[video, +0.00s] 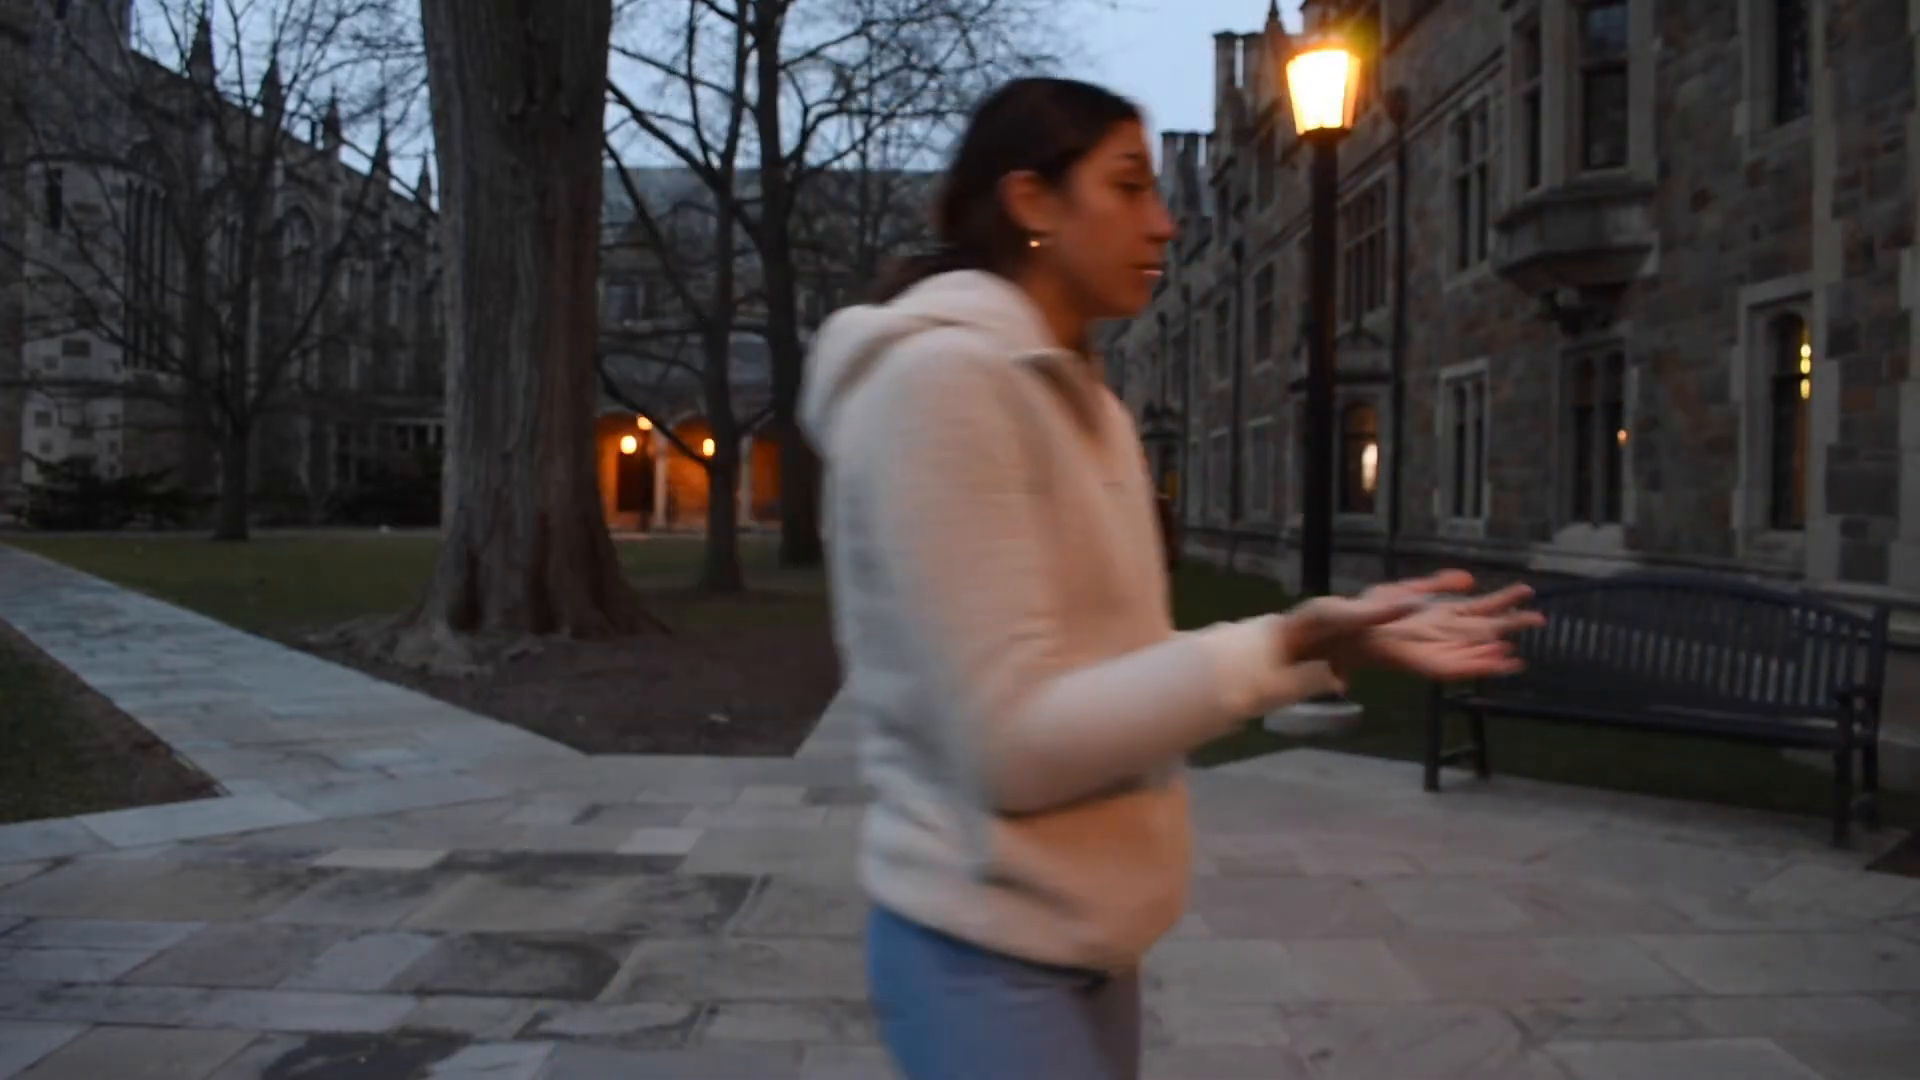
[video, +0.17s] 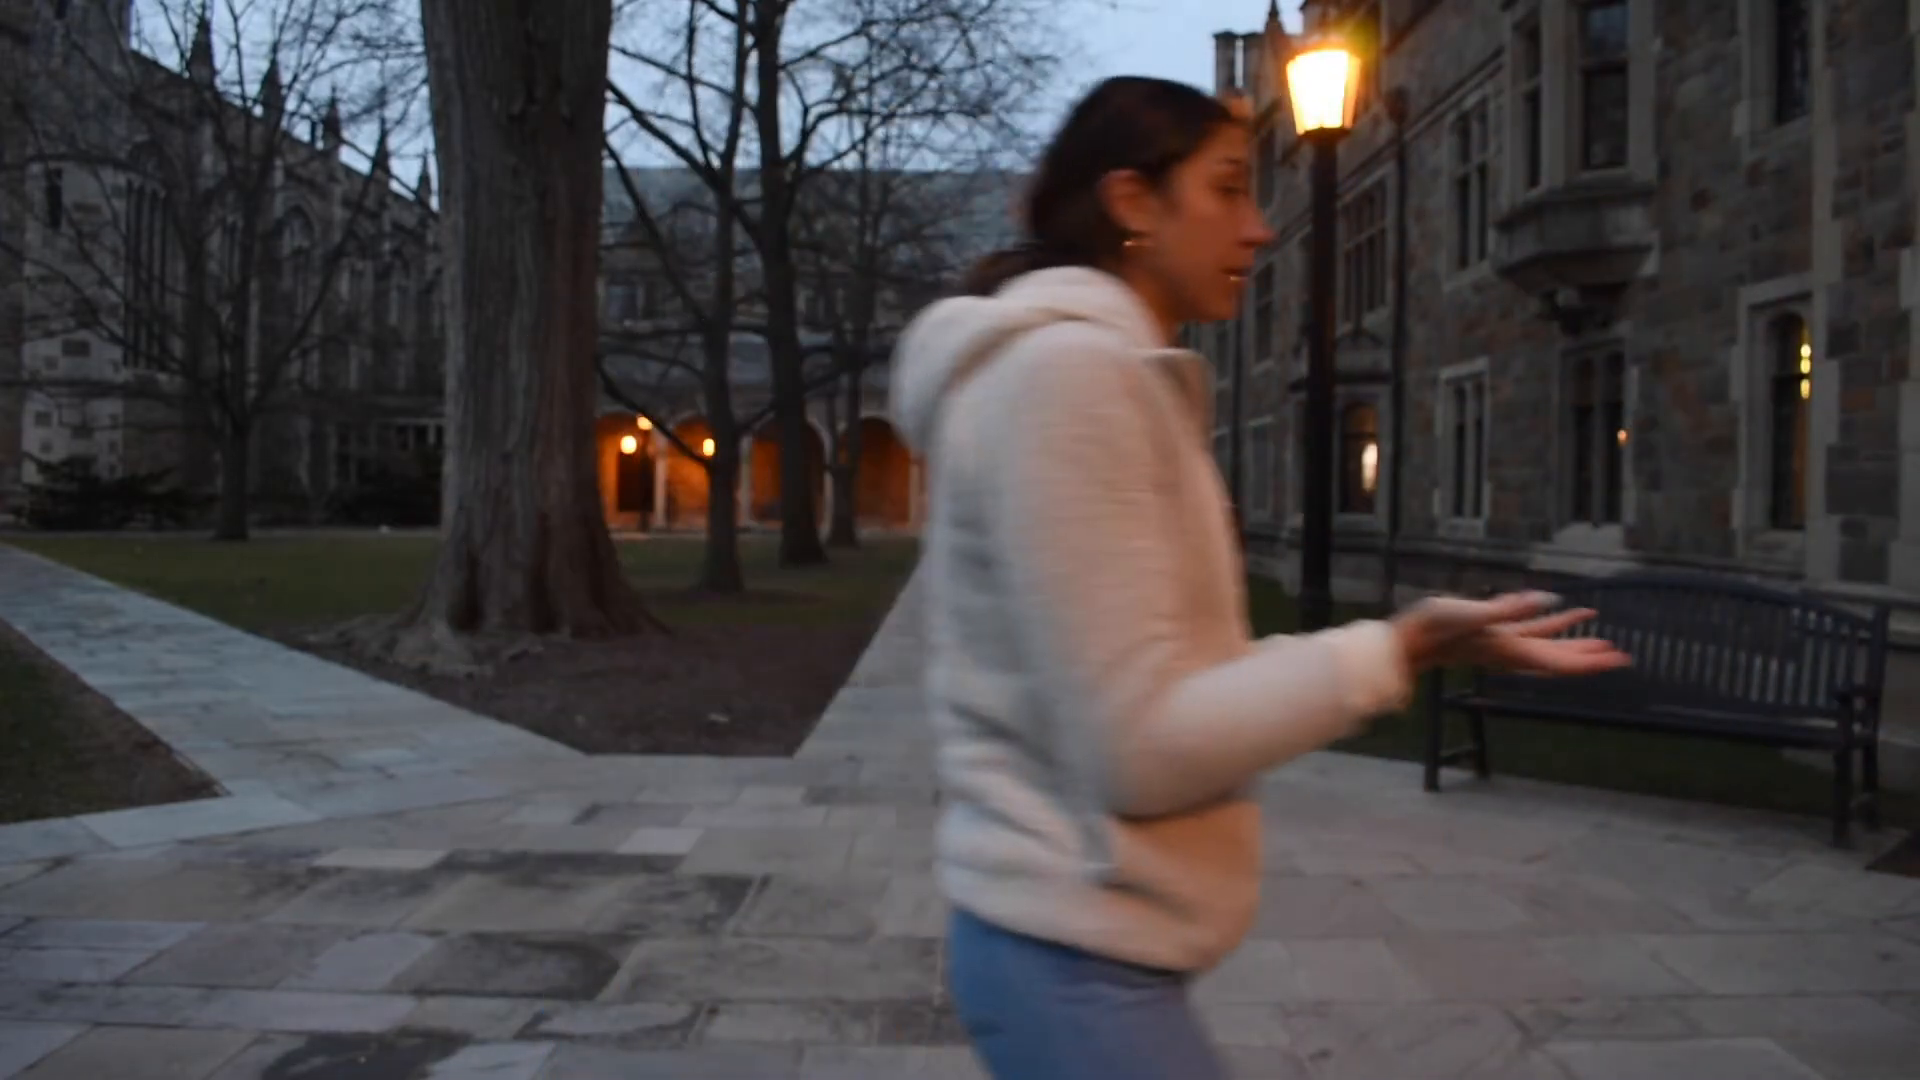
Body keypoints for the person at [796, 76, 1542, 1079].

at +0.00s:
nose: (1165, 224)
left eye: (1156, 191)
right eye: (1130, 187)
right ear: (1031, 204)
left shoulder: (1070, 392)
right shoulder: (941, 381)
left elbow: (1095, 684)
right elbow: (1010, 743)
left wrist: (1337, 645)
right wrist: (1292, 643)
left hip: (1076, 950)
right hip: (982, 963)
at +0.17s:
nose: (1259, 230)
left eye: (1252, 195)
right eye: (1228, 189)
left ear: (1141, 210)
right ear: (1131, 202)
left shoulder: (1100, 368)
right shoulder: (1069, 372)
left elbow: (1155, 702)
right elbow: (1135, 745)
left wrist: (1400, 649)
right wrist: (1397, 650)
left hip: (1089, 954)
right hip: (1068, 965)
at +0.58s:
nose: (1557, 210)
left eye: (1544, 173)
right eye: (1524, 169)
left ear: (1430, 195)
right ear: (1424, 191)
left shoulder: (1364, 362)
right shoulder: (1412, 374)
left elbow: (1519, 676)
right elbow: (1508, 771)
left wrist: (1755, 631)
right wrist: (1750, 645)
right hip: (1415, 981)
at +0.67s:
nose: (1618, 205)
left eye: (1606, 167)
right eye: (1586, 165)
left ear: (1486, 194)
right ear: (1483, 189)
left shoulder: (1432, 361)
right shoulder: (1471, 375)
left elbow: (1580, 676)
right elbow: (1577, 772)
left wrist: (1809, 625)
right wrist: (1810, 640)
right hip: (1474, 986)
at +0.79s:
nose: (1707, 200)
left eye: (1694, 160)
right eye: (1669, 158)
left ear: (1573, 189)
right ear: (1564, 184)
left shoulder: (1540, 361)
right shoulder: (1543, 374)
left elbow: (1672, 669)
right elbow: (1639, 767)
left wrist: (1876, 647)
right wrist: (1885, 654)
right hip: (1542, 990)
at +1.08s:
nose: (1894, 203)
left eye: (1889, 166)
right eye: (1845, 162)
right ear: (1725, 196)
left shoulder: (1796, 387)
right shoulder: (1668, 384)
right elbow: (1737, 768)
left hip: (1827, 996)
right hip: (1687, 998)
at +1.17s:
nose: (1916, 203)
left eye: (1916, 167)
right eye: (1877, 167)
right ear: (1762, 208)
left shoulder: (1864, 392)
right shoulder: (1702, 387)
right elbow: (1763, 764)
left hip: (1865, 996)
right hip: (1742, 997)